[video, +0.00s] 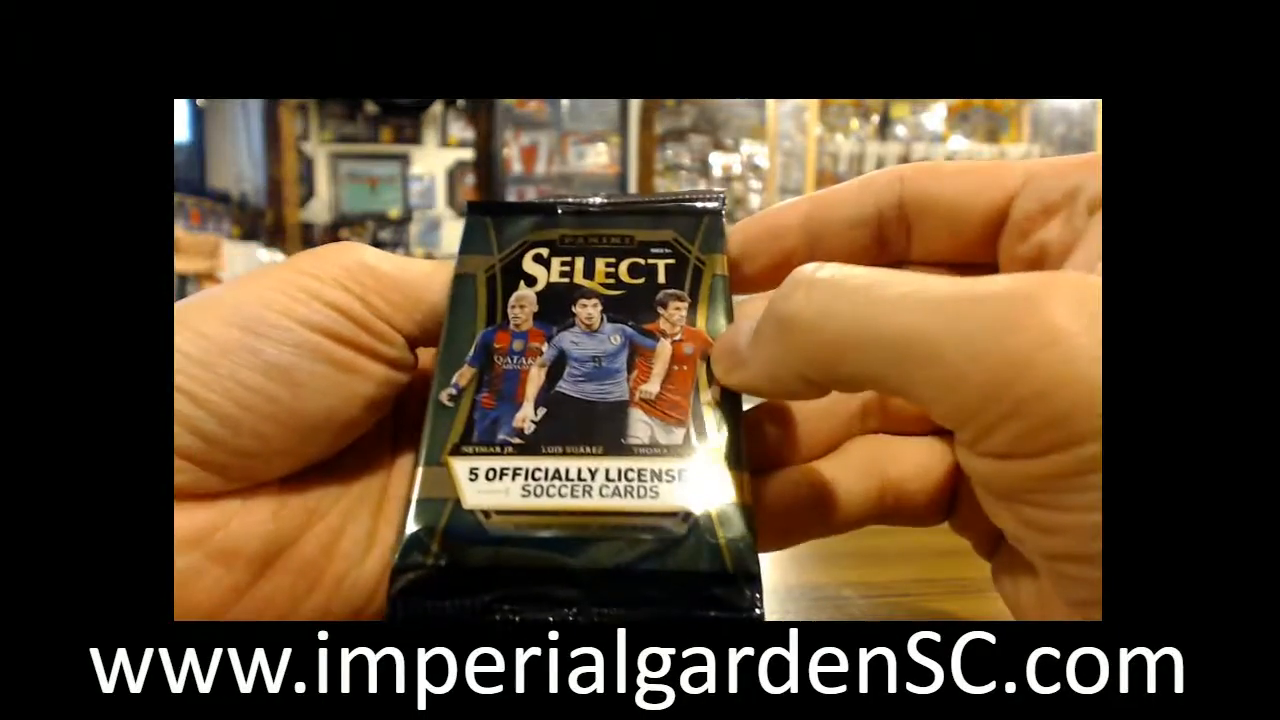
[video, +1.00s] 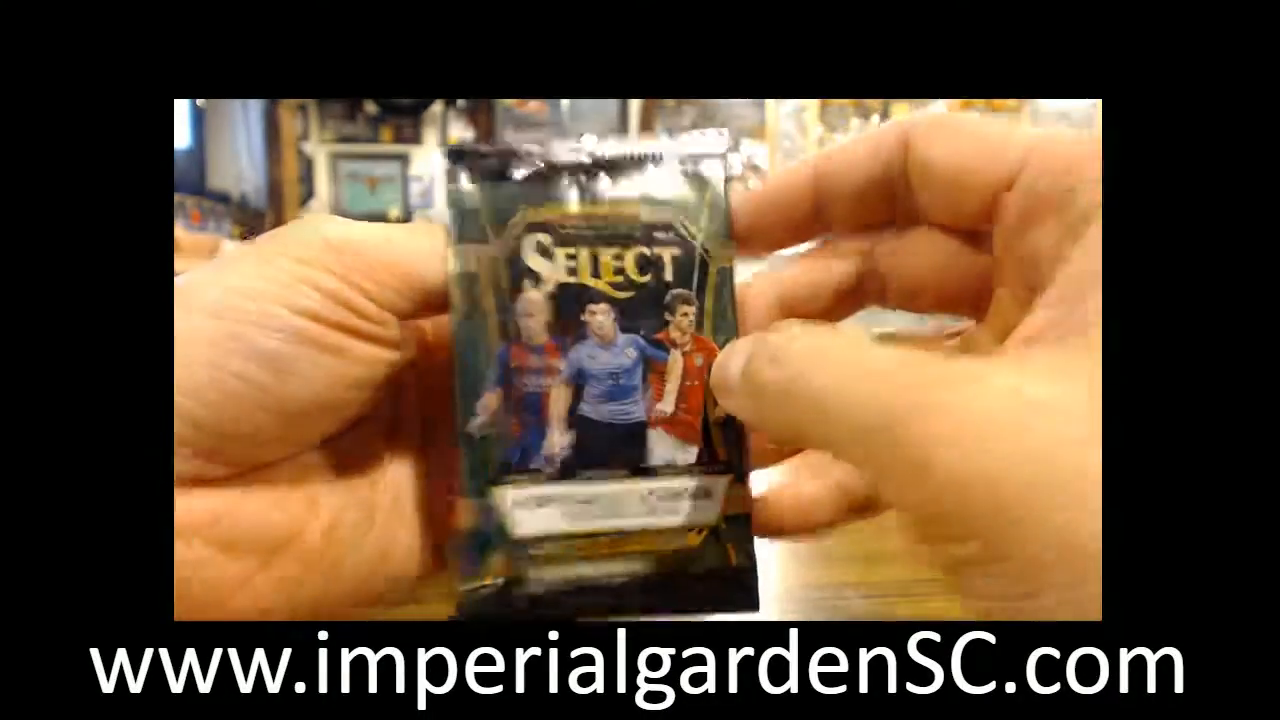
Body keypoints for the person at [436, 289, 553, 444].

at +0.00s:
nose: (516, 312)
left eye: (522, 307)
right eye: (512, 307)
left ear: (534, 308)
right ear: (507, 309)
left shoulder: (546, 337)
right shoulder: (490, 336)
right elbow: (470, 367)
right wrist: (455, 387)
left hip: (519, 407)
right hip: (487, 404)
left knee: (505, 449)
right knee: (480, 453)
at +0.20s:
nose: (522, 317)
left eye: (528, 312)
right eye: (518, 312)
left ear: (540, 313)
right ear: (513, 314)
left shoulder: (552, 341)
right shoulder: (496, 341)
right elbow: (476, 372)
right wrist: (460, 393)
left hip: (526, 412)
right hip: (494, 410)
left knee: (510, 455)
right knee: (487, 459)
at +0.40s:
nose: (522, 315)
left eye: (528, 311)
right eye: (518, 310)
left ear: (540, 312)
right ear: (513, 312)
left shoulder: (553, 340)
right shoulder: (496, 340)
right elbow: (477, 371)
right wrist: (461, 392)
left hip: (526, 412)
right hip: (494, 409)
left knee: (510, 456)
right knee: (488, 459)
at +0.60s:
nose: (517, 310)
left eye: (523, 304)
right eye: (513, 304)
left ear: (536, 305)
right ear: (507, 307)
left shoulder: (551, 339)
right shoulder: (493, 340)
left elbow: (561, 380)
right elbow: (478, 380)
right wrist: (465, 404)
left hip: (536, 423)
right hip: (501, 424)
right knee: (500, 483)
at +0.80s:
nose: (510, 317)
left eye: (517, 310)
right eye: (506, 310)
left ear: (530, 311)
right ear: (500, 313)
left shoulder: (547, 346)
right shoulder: (488, 348)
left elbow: (557, 387)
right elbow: (474, 390)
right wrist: (462, 415)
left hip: (532, 433)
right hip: (498, 434)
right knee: (498, 492)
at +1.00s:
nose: (526, 322)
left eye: (531, 316)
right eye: (521, 316)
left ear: (546, 316)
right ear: (515, 318)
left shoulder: (561, 350)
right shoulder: (508, 353)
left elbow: (567, 390)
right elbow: (496, 389)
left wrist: (560, 430)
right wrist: (484, 412)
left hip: (551, 432)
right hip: (518, 433)